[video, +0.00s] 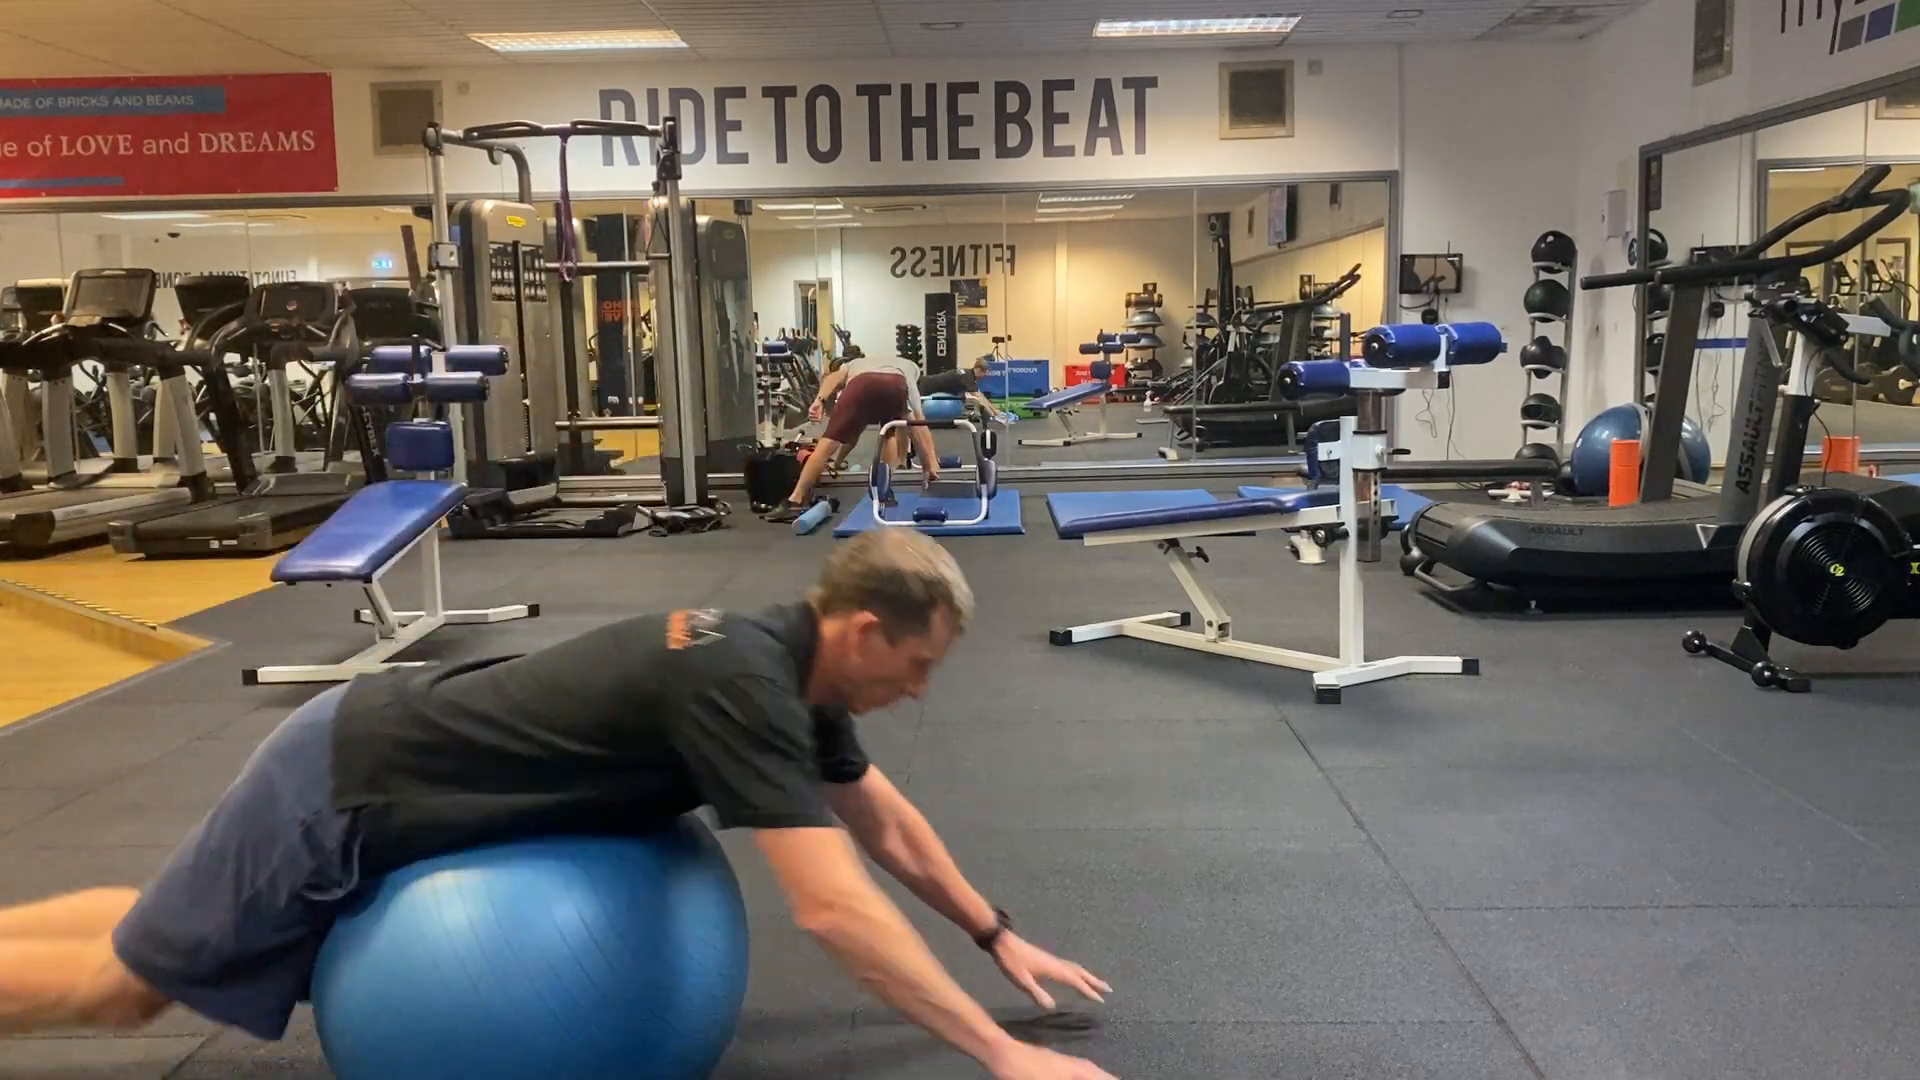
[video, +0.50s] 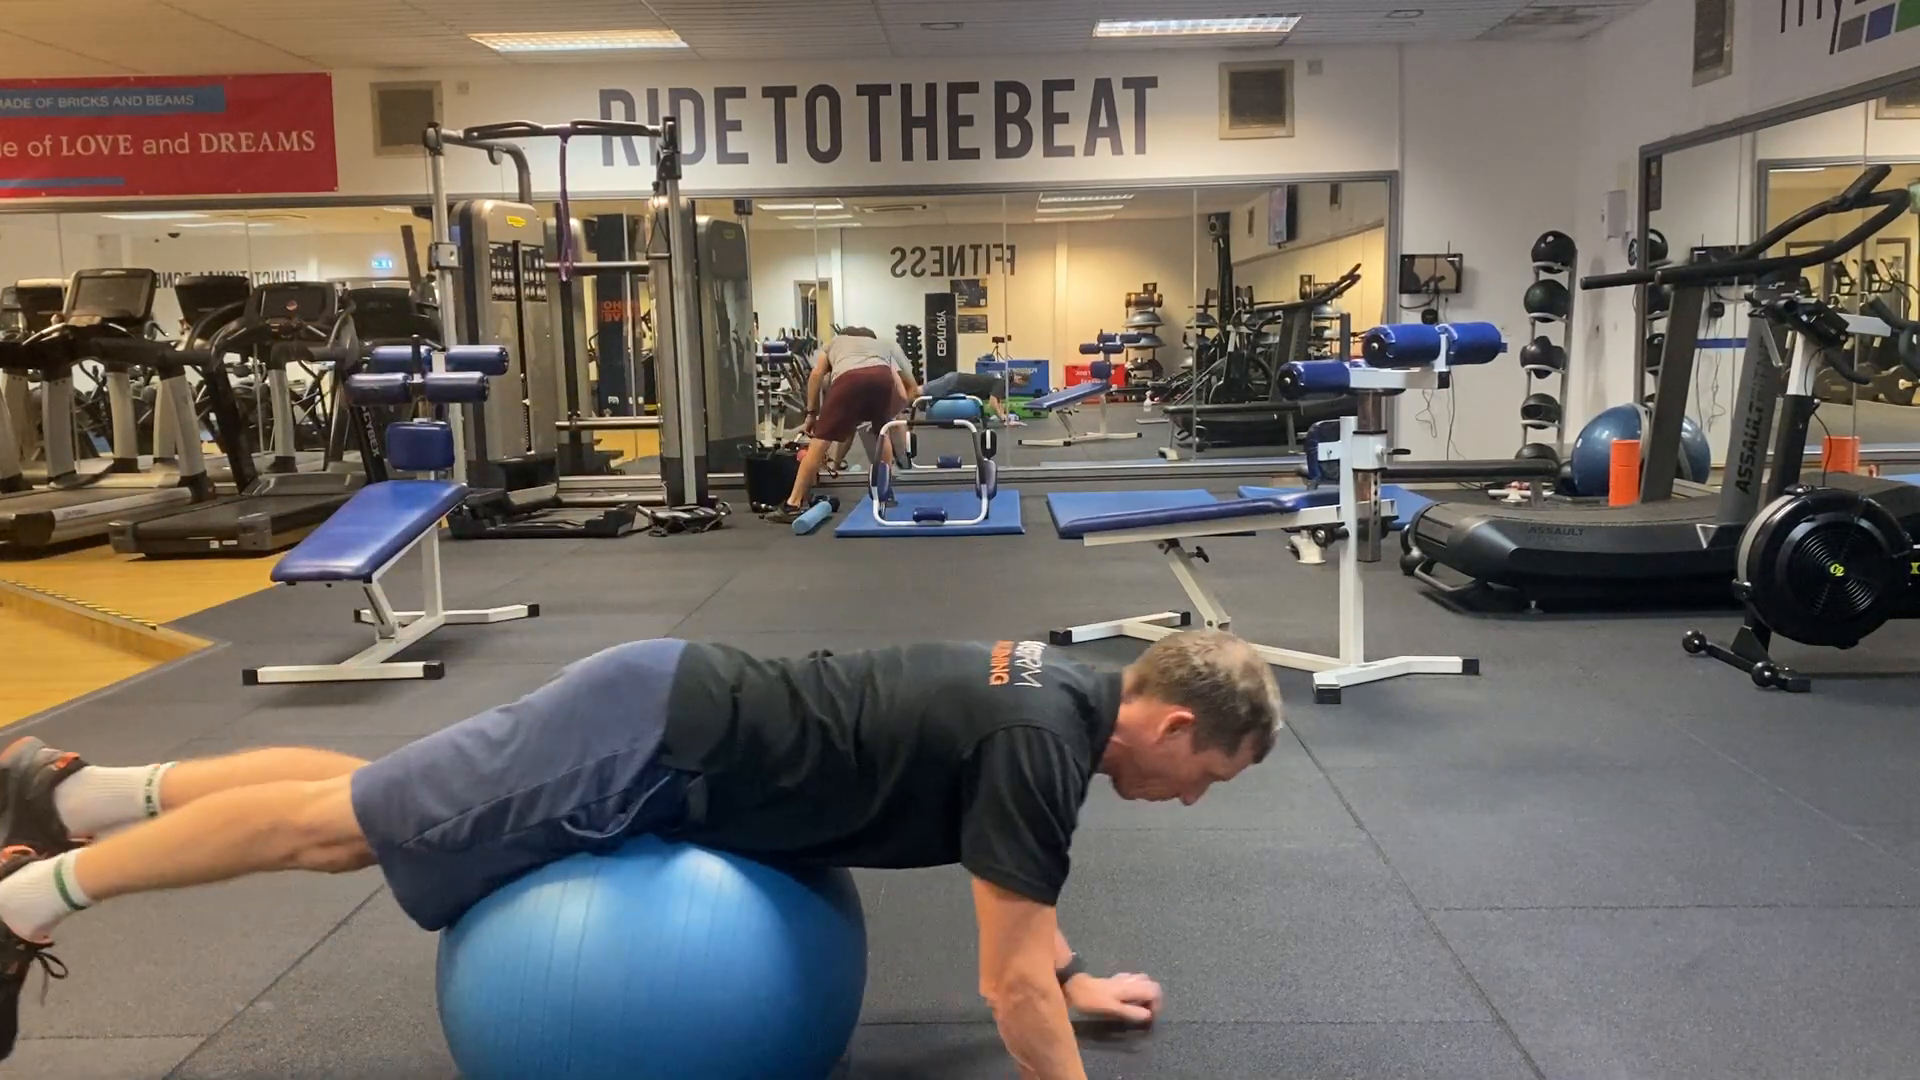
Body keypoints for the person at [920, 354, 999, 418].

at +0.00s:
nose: (983, 375)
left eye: (984, 373)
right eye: (983, 372)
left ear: (976, 368)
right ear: (980, 370)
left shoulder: (968, 373)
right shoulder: (968, 378)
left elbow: (978, 395)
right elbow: (978, 397)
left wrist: (993, 409)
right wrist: (992, 412)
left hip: (923, 380)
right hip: (922, 388)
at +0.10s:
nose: (991, 385)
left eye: (993, 384)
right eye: (992, 383)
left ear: (986, 377)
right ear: (987, 380)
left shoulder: (978, 382)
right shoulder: (977, 386)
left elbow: (991, 400)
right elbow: (987, 405)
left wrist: (1004, 414)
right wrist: (996, 418)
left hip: (930, 378)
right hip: (927, 385)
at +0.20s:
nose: (998, 392)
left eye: (999, 390)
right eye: (998, 389)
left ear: (994, 382)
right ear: (994, 384)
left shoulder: (985, 384)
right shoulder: (981, 386)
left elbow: (993, 405)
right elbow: (987, 409)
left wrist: (1007, 421)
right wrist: (998, 424)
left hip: (939, 378)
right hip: (935, 380)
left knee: (913, 396)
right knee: (912, 397)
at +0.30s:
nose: (1000, 391)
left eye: (1002, 390)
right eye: (1002, 388)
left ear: (1001, 386)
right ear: (999, 383)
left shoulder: (991, 386)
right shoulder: (986, 384)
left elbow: (994, 405)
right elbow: (987, 407)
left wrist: (1006, 421)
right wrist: (997, 423)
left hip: (946, 383)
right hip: (943, 380)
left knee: (918, 394)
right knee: (916, 390)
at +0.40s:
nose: (1009, 388)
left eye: (1012, 388)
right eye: (1011, 386)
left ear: (1012, 385)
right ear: (1008, 380)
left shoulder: (996, 385)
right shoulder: (993, 383)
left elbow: (995, 404)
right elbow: (989, 405)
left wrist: (1007, 421)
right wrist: (997, 423)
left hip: (952, 384)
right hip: (949, 380)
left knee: (922, 395)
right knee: (920, 392)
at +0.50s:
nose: (1018, 385)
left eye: (1020, 383)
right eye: (1019, 382)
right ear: (1015, 378)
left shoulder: (1000, 381)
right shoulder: (1000, 382)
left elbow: (996, 401)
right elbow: (993, 401)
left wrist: (1005, 417)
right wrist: (1003, 419)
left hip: (956, 380)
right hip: (955, 381)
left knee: (922, 390)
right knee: (921, 390)